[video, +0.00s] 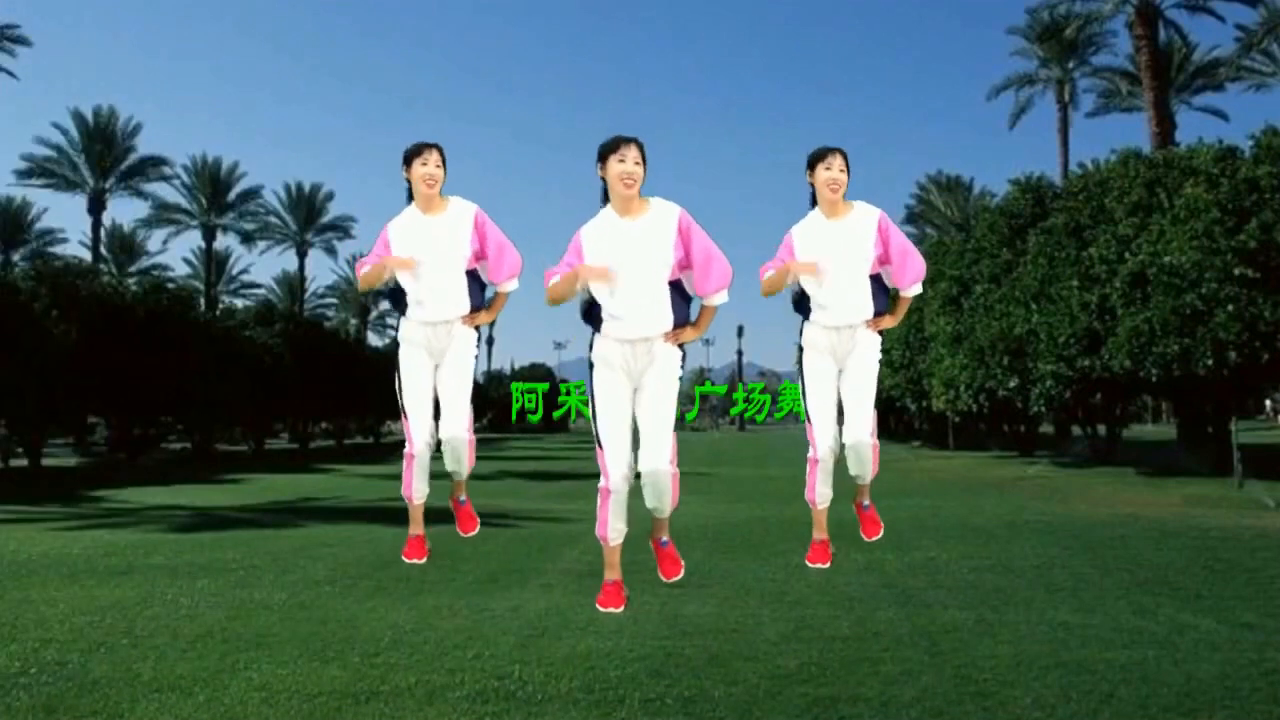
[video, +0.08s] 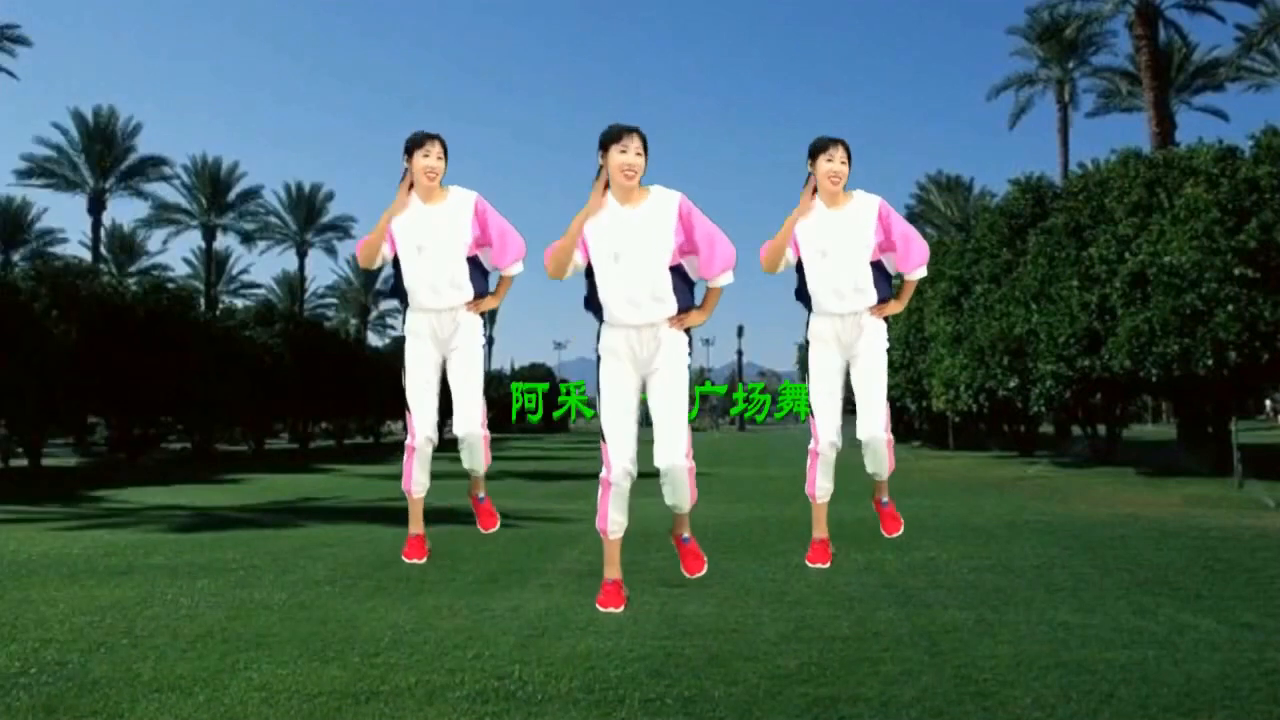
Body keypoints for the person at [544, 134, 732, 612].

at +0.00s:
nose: (630, 168)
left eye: (636, 162)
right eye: (620, 161)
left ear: (645, 172)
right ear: (603, 172)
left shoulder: (671, 218)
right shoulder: (591, 233)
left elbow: (716, 272)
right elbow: (553, 294)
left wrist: (698, 327)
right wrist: (578, 276)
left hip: (661, 349)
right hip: (611, 350)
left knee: (657, 463)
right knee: (616, 465)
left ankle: (661, 536)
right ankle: (611, 574)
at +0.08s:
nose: (632, 160)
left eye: (638, 152)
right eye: (622, 152)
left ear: (647, 161)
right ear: (604, 160)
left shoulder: (671, 205)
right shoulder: (591, 216)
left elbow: (720, 256)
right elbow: (555, 268)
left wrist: (703, 310)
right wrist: (586, 213)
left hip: (667, 338)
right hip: (617, 342)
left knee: (673, 458)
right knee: (619, 461)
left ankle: (682, 532)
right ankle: (611, 575)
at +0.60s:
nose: (646, 141)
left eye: (651, 134)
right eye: (636, 134)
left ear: (661, 139)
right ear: (619, 143)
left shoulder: (690, 178)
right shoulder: (614, 191)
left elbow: (741, 221)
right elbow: (605, 222)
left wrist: (724, 278)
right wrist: (613, 164)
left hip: (693, 311)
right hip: (642, 315)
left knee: (706, 443)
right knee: (633, 443)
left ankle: (715, 534)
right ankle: (616, 561)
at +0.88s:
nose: (641, 184)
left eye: (647, 176)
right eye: (631, 178)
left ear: (657, 184)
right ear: (616, 189)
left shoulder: (689, 227)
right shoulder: (615, 238)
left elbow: (730, 281)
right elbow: (613, 277)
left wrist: (717, 338)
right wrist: (604, 228)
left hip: (677, 362)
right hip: (625, 361)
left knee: (667, 481)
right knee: (625, 474)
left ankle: (674, 459)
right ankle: (629, 578)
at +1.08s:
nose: (653, 151)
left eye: (657, 141)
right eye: (643, 142)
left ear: (667, 148)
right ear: (626, 152)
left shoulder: (697, 196)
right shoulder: (617, 200)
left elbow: (737, 249)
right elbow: (656, 217)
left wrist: (722, 298)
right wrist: (650, 150)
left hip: (690, 320)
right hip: (640, 320)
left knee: (701, 457)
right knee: (634, 456)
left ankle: (698, 528)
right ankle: (626, 571)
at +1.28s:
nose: (661, 174)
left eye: (668, 166)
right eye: (651, 165)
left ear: (679, 174)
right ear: (636, 174)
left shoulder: (702, 216)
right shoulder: (627, 222)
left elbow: (747, 263)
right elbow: (681, 230)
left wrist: (737, 312)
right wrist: (727, 182)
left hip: (710, 339)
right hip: (661, 345)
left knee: (718, 469)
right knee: (663, 477)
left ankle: (726, 564)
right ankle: (629, 577)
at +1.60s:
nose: (660, 138)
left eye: (668, 130)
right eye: (651, 130)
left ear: (680, 137)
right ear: (636, 137)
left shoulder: (705, 189)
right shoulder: (624, 183)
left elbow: (739, 248)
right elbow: (645, 242)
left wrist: (717, 285)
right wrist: (701, 279)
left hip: (688, 314)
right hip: (638, 312)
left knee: (696, 449)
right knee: (631, 444)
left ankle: (688, 501)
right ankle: (620, 562)